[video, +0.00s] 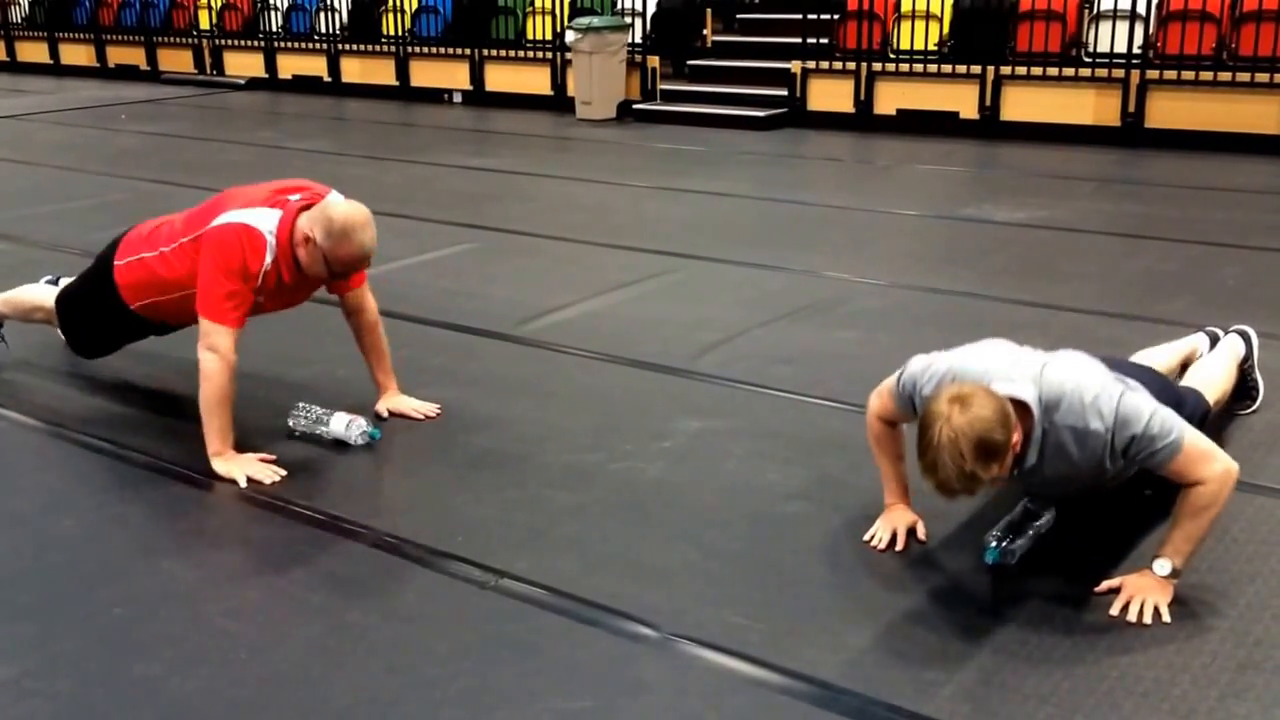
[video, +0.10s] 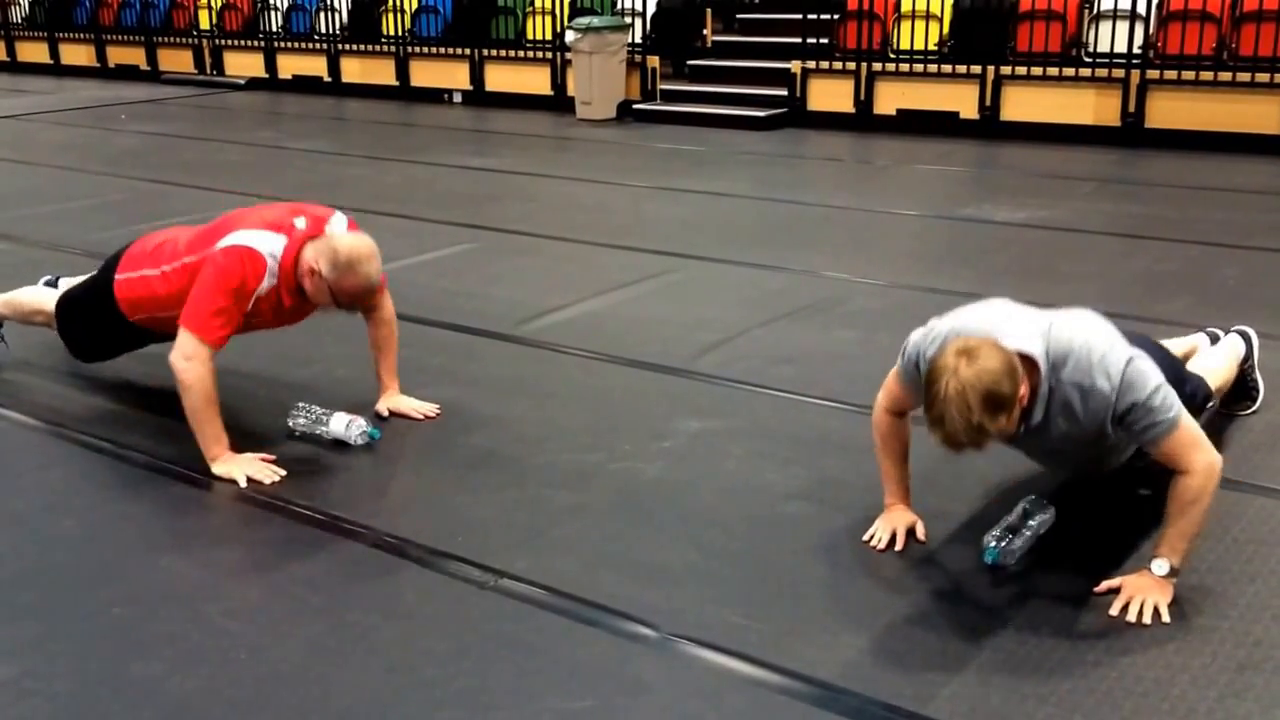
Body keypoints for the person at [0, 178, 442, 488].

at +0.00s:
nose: (336, 287)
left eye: (347, 278)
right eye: (331, 274)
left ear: (358, 243)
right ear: (305, 240)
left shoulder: (338, 224)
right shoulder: (235, 245)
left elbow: (361, 307)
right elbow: (216, 351)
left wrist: (389, 388)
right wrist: (223, 453)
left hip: (184, 290)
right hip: (128, 287)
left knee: (94, 308)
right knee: (63, 308)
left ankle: (48, 296)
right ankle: (8, 304)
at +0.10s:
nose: (345, 311)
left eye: (358, 304)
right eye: (338, 301)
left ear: (372, 255)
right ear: (312, 270)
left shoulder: (351, 240)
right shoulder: (241, 264)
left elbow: (380, 309)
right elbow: (188, 358)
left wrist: (390, 389)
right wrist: (222, 457)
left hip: (181, 266)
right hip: (132, 290)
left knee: (105, 298)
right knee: (62, 313)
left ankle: (65, 292)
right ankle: (11, 304)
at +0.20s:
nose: (333, 349)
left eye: (347, 349)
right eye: (334, 340)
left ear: (377, 317)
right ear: (324, 310)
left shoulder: (363, 278)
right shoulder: (256, 296)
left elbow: (394, 315)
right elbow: (172, 370)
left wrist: (391, 390)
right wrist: (220, 457)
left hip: (191, 278)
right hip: (142, 311)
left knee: (127, 287)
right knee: (63, 322)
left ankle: (65, 286)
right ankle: (3, 308)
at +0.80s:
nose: (343, 308)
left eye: (354, 301)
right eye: (336, 296)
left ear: (373, 255)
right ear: (312, 265)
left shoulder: (353, 243)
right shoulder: (241, 261)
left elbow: (382, 312)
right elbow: (192, 358)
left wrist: (390, 389)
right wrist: (221, 456)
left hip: (189, 268)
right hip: (135, 284)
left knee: (110, 307)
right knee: (66, 314)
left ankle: (65, 294)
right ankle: (12, 304)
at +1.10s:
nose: (338, 335)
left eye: (349, 330)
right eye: (335, 326)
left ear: (375, 302)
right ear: (318, 292)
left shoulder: (352, 259)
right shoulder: (248, 284)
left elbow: (388, 312)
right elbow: (177, 366)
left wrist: (390, 389)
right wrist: (219, 456)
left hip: (189, 269)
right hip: (138, 300)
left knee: (112, 295)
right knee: (63, 320)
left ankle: (65, 290)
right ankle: (8, 306)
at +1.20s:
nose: (349, 375)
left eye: (360, 371)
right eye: (345, 367)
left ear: (385, 327)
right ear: (327, 336)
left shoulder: (365, 294)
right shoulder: (256, 317)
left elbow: (394, 310)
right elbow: (166, 375)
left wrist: (389, 389)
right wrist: (220, 458)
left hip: (201, 290)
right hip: (145, 324)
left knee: (137, 296)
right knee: (67, 331)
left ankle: (67, 288)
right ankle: (2, 309)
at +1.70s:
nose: (355, 335)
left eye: (365, 327)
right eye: (349, 327)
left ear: (380, 297)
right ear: (321, 298)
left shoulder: (356, 264)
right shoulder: (248, 290)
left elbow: (393, 315)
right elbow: (176, 371)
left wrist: (390, 392)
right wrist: (220, 458)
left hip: (194, 276)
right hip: (142, 304)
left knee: (115, 292)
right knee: (68, 321)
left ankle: (63, 288)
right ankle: (7, 308)